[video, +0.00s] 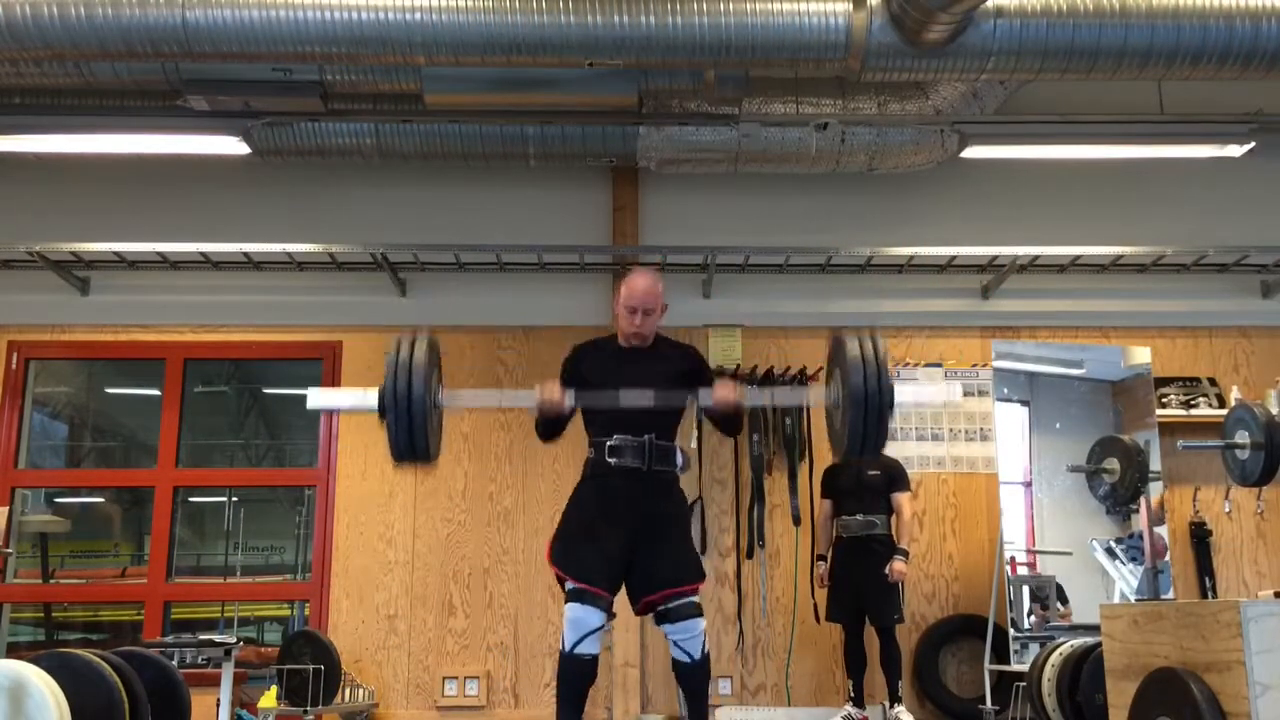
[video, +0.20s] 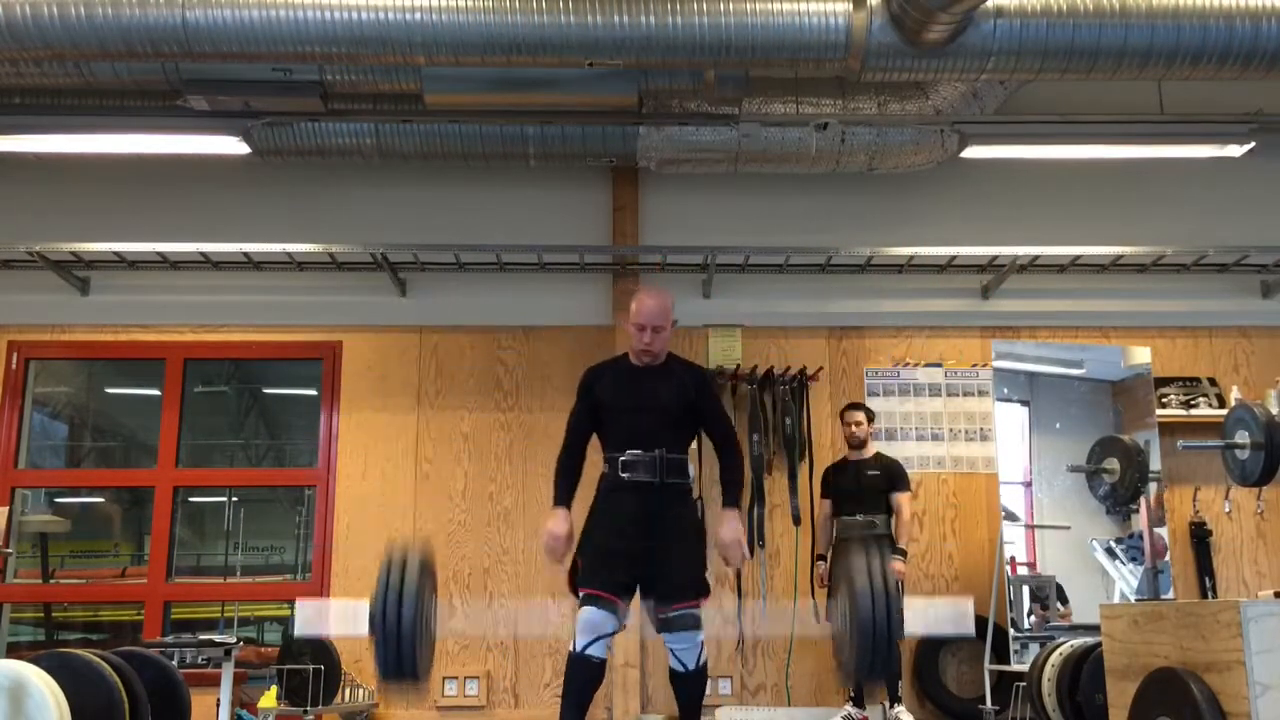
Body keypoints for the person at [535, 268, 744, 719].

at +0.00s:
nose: (639, 321)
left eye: (649, 312)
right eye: (631, 310)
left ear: (663, 311)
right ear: (615, 306)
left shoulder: (684, 361)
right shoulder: (586, 359)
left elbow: (730, 428)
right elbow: (548, 433)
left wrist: (728, 407)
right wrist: (550, 411)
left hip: (661, 502)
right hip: (600, 500)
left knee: (686, 626)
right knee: (583, 622)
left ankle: (698, 716)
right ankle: (568, 717)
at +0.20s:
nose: (647, 338)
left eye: (657, 330)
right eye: (639, 328)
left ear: (672, 329)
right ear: (627, 325)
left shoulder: (694, 381)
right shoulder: (599, 380)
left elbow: (729, 447)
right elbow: (573, 448)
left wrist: (731, 513)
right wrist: (560, 509)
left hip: (673, 516)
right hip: (614, 513)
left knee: (683, 630)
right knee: (594, 623)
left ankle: (690, 718)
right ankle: (570, 717)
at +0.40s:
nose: (652, 334)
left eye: (661, 325)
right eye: (645, 324)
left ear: (678, 324)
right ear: (632, 322)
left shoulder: (697, 378)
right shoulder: (604, 374)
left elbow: (725, 444)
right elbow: (586, 443)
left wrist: (743, 508)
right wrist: (573, 506)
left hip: (674, 516)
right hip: (616, 514)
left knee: (679, 638)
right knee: (595, 634)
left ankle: (688, 717)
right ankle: (590, 716)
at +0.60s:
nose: (638, 346)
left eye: (649, 336)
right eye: (632, 335)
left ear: (665, 336)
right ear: (620, 334)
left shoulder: (682, 388)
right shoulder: (594, 387)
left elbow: (714, 450)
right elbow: (573, 453)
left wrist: (743, 510)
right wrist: (558, 517)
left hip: (666, 521)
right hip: (610, 522)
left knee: (674, 625)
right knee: (597, 625)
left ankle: (688, 714)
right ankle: (590, 708)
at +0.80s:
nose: (617, 358)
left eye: (626, 350)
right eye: (610, 349)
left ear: (641, 350)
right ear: (598, 346)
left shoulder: (662, 395)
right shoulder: (574, 396)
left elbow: (687, 454)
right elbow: (553, 452)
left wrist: (703, 510)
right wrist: (545, 497)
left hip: (645, 519)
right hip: (593, 519)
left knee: (661, 626)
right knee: (594, 630)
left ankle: (685, 715)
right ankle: (593, 714)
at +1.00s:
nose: (610, 352)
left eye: (619, 344)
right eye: (604, 343)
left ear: (633, 345)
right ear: (591, 341)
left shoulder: (652, 390)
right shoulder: (569, 390)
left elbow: (671, 456)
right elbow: (542, 448)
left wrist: (652, 497)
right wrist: (547, 484)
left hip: (641, 517)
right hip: (590, 518)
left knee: (655, 625)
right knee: (593, 628)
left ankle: (669, 712)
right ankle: (594, 714)